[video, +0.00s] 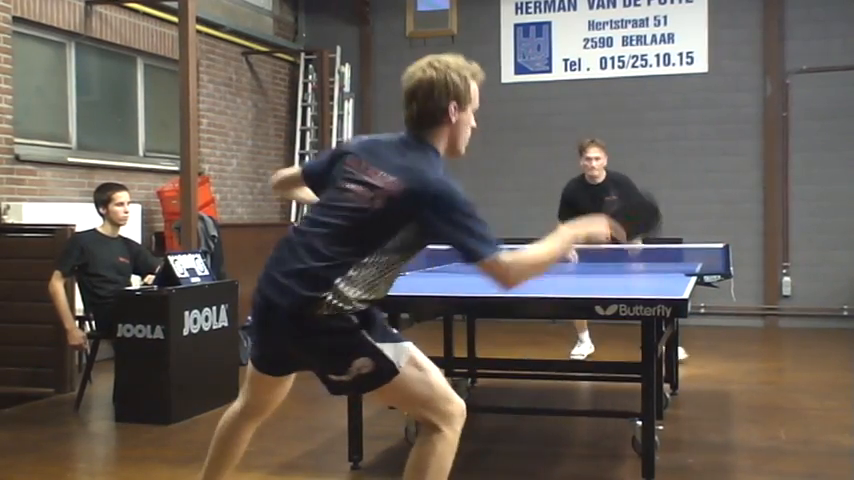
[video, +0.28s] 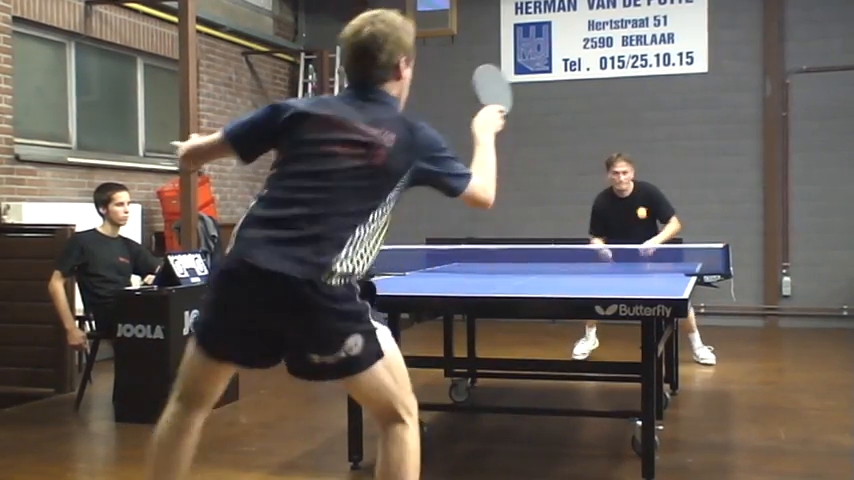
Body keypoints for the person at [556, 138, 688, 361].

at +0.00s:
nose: (592, 164)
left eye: (597, 159)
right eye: (588, 159)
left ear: (605, 160)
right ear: (580, 162)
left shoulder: (621, 183)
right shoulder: (572, 189)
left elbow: (644, 214)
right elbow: (563, 223)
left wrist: (636, 238)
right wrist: (566, 245)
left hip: (624, 251)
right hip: (587, 254)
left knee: (652, 289)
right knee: (571, 292)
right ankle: (583, 340)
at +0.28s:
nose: (621, 178)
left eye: (625, 173)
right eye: (616, 173)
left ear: (633, 174)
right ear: (608, 176)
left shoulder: (648, 192)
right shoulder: (602, 201)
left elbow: (675, 224)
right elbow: (595, 237)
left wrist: (654, 242)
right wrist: (602, 249)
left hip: (651, 263)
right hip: (616, 265)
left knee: (679, 294)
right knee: (588, 288)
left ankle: (697, 346)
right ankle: (590, 337)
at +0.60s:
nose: (635, 182)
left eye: (639, 176)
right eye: (630, 177)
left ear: (645, 177)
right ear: (621, 178)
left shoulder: (659, 194)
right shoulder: (614, 203)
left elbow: (691, 219)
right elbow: (602, 243)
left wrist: (684, 222)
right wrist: (633, 252)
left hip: (659, 265)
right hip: (623, 267)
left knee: (690, 295)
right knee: (602, 296)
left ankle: (702, 347)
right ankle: (597, 347)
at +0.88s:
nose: (646, 169)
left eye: (651, 165)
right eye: (642, 165)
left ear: (656, 167)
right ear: (632, 166)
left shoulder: (666, 189)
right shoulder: (622, 194)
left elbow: (695, 218)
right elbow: (607, 222)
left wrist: (699, 208)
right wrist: (597, 205)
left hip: (665, 261)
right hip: (629, 262)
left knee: (694, 294)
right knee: (605, 296)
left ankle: (703, 347)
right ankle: (597, 347)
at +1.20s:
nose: (638, 168)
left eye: (643, 164)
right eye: (633, 164)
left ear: (651, 167)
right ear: (626, 167)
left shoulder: (666, 190)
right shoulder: (619, 194)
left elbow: (688, 219)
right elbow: (597, 222)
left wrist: (680, 227)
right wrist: (583, 220)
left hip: (664, 262)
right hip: (626, 263)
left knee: (684, 299)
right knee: (591, 290)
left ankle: (701, 347)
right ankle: (580, 340)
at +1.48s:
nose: (601, 173)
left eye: (605, 168)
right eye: (596, 169)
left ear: (614, 171)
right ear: (590, 173)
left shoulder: (628, 195)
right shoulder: (582, 200)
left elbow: (648, 226)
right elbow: (564, 229)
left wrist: (642, 240)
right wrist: (556, 245)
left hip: (626, 264)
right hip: (590, 265)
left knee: (658, 294)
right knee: (555, 287)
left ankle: (687, 344)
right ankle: (568, 340)